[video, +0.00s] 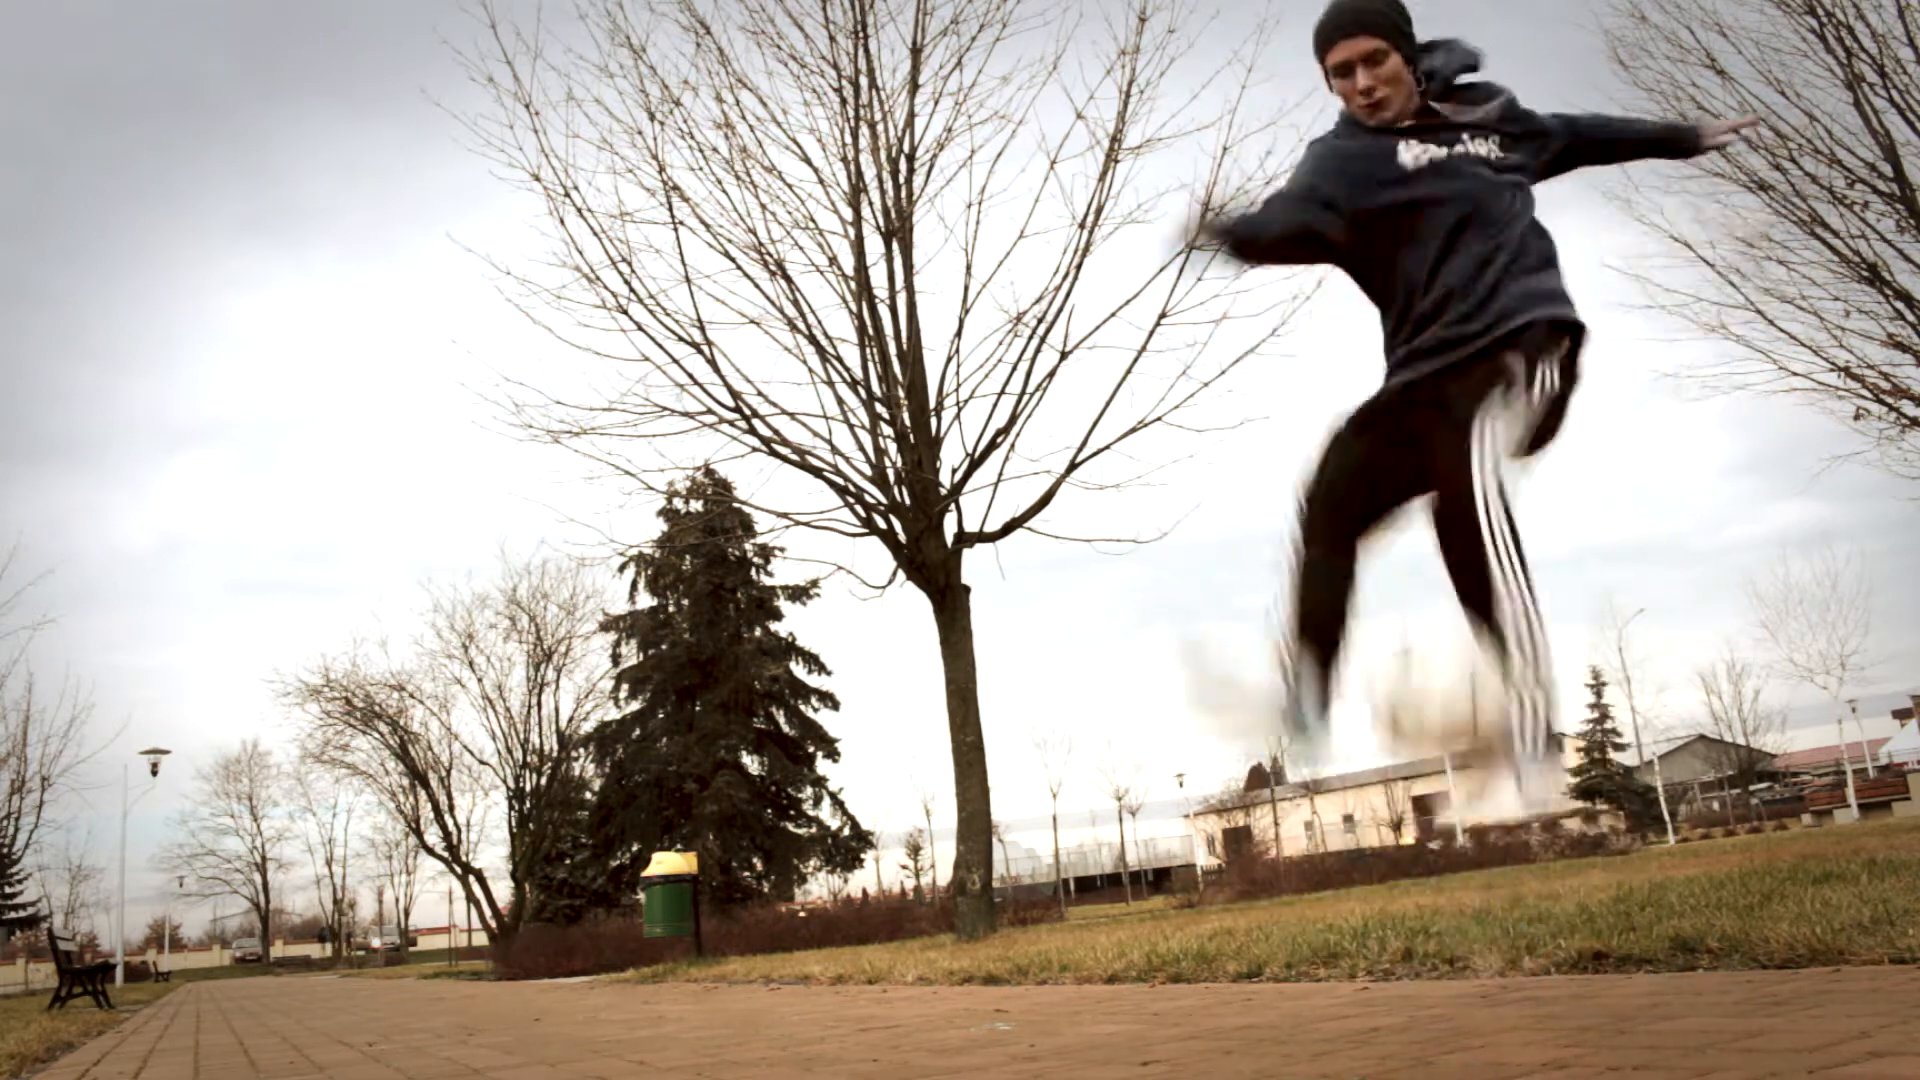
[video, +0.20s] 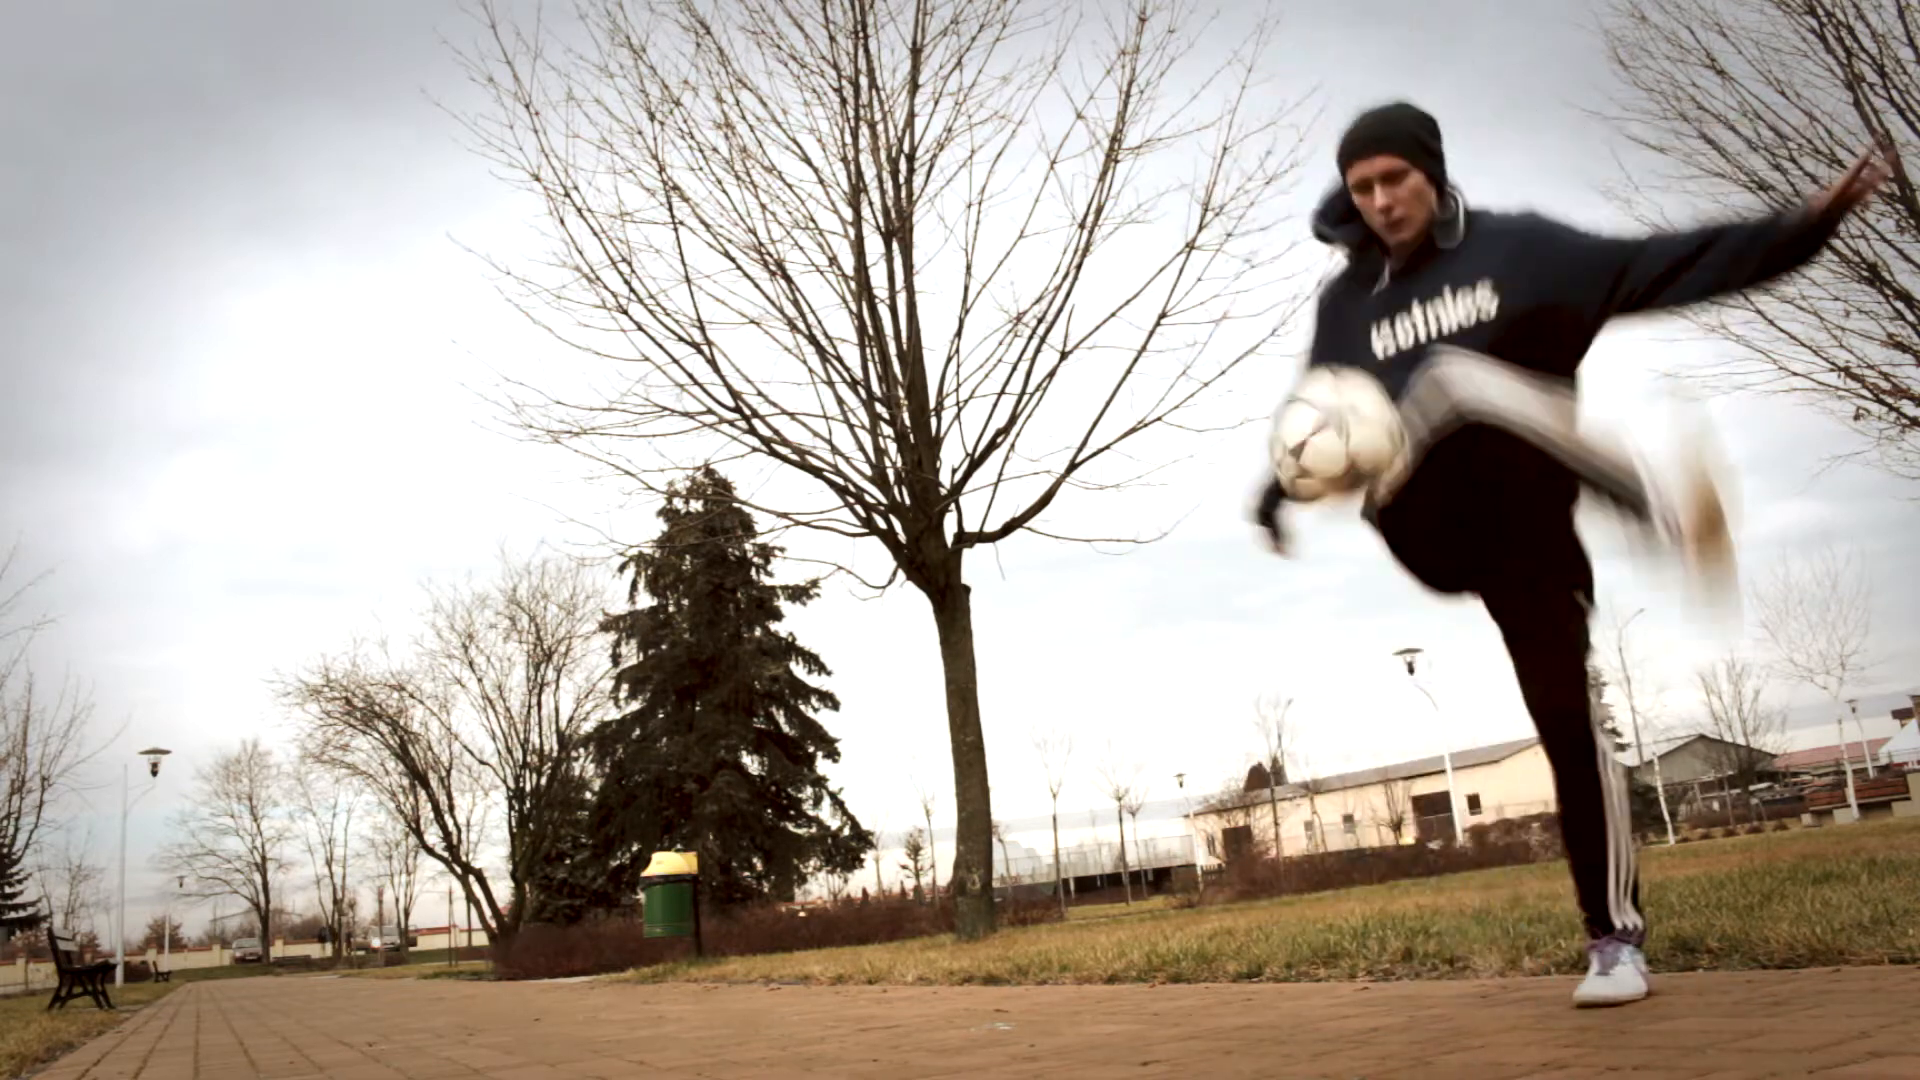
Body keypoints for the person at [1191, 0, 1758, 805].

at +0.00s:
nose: (1363, 82)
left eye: (1374, 60)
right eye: (1343, 73)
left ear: (1409, 52)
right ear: (1330, 84)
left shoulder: (1490, 124)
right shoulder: (1339, 159)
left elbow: (1586, 135)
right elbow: (1293, 223)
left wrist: (1687, 137)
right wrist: (1227, 232)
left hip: (1526, 338)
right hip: (1427, 373)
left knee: (1469, 492)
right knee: (1331, 507)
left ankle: (1533, 720)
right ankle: (1304, 715)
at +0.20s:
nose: (1382, 201)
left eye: (1395, 179)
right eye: (1364, 189)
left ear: (1434, 175)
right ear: (1350, 200)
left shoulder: (1520, 248)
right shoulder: (1345, 303)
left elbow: (1659, 265)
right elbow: (1322, 410)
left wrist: (1805, 226)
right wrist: (1282, 486)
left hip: (1527, 519)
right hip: (1430, 539)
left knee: (1567, 724)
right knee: (1451, 379)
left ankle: (1612, 938)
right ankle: (1665, 509)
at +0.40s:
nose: (1371, 164)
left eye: (1386, 144)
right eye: (1357, 153)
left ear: (1434, 141)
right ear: (1352, 166)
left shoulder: (1505, 226)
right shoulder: (1345, 269)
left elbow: (1619, 287)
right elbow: (1321, 399)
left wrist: (1742, 300)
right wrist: (1250, 491)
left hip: (1503, 516)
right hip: (1396, 538)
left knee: (1524, 738)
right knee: (1400, 744)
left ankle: (1600, 935)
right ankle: (1477, 935)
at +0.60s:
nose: (1335, 211)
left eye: (1344, 188)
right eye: (1323, 199)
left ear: (1398, 166)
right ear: (1331, 205)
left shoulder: (1504, 226)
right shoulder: (1339, 296)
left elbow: (1634, 262)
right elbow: (1223, 366)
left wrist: (1764, 234)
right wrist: (1091, 342)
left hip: (1454, 494)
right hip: (1401, 519)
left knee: (1211, 506)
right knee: (1367, 754)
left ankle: (1112, 676)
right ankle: (1476, 958)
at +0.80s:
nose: (1261, 179)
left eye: (1268, 155)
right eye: (1248, 167)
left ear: (1317, 132)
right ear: (1250, 166)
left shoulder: (1419, 169)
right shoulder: (1276, 259)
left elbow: (1569, 185)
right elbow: (1170, 318)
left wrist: (1650, 166)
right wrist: (1045, 294)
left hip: (1501, 406)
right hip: (1415, 453)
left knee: (1299, 424)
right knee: (1369, 675)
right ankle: (1384, 905)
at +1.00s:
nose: (1254, 223)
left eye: (1262, 199)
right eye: (1243, 210)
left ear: (1313, 178)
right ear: (1260, 207)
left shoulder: (1394, 228)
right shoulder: (1306, 285)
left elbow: (1459, 348)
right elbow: (1321, 390)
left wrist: (1402, 325)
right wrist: (1266, 489)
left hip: (1488, 494)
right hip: (1402, 497)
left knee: (1427, 722)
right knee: (1278, 462)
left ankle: (1538, 968)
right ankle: (1370, 657)